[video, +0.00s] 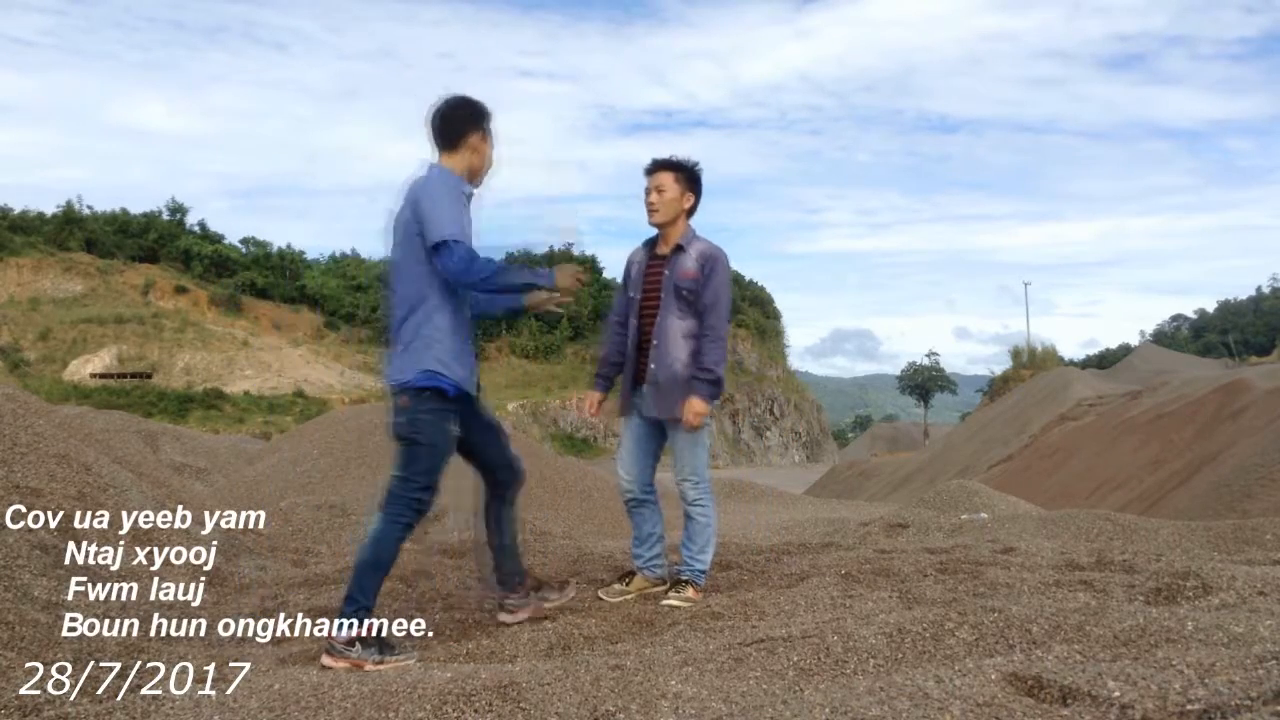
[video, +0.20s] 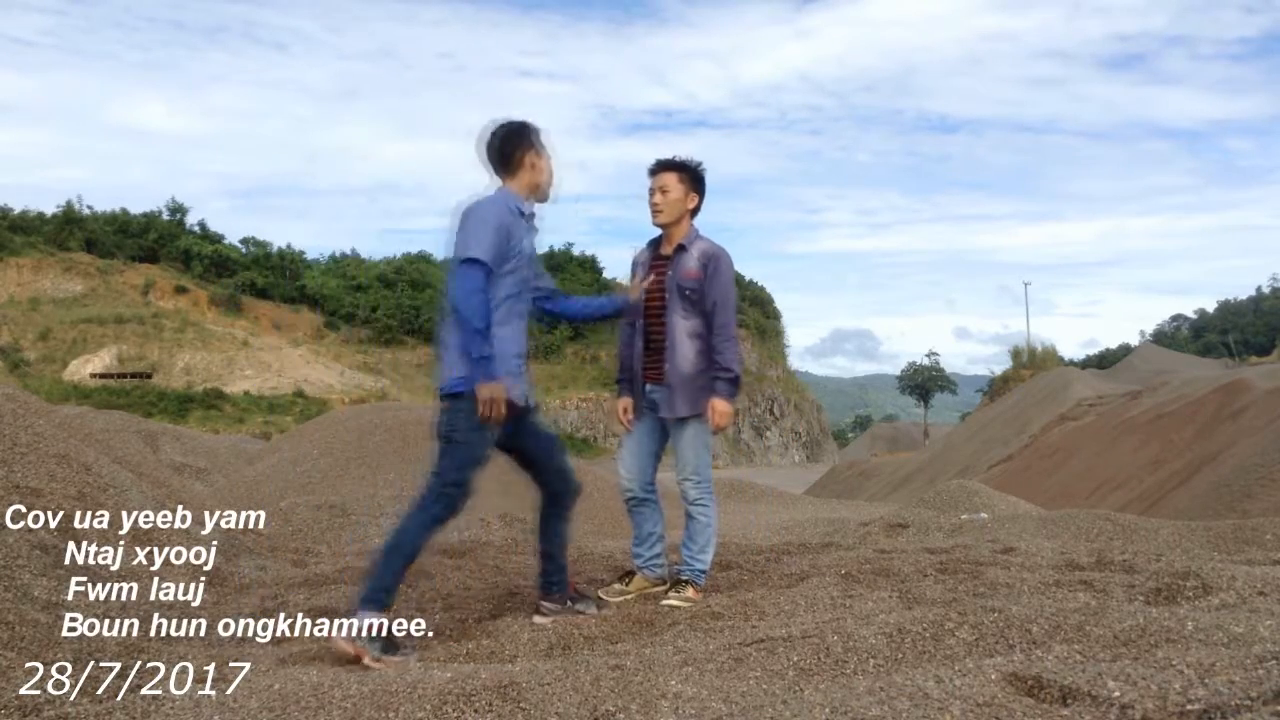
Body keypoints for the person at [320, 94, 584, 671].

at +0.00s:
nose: (491, 156)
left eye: (489, 144)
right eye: (489, 143)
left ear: (448, 141)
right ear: (474, 140)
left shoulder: (434, 197)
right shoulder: (438, 186)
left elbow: (459, 297)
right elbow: (457, 265)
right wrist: (544, 277)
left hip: (446, 380)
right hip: (428, 377)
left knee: (504, 472)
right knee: (406, 503)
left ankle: (514, 592)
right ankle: (349, 631)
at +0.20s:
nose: (552, 167)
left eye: (548, 158)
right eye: (546, 157)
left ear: (519, 165)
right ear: (528, 161)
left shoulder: (521, 227)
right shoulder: (489, 213)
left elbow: (550, 303)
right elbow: (469, 295)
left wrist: (626, 301)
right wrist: (486, 373)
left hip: (507, 394)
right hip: (471, 392)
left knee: (561, 484)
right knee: (442, 498)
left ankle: (555, 594)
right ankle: (366, 617)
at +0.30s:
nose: (582, 169)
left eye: (578, 160)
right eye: (575, 159)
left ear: (552, 167)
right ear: (555, 163)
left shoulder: (553, 234)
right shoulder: (514, 211)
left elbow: (581, 304)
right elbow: (483, 279)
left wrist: (651, 303)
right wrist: (461, 359)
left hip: (533, 392)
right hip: (496, 384)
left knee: (573, 489)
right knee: (475, 492)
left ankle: (557, 595)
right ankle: (399, 606)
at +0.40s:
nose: (606, 168)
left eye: (603, 158)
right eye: (600, 157)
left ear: (576, 165)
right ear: (580, 161)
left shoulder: (575, 239)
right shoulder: (534, 201)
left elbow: (598, 309)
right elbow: (493, 262)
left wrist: (660, 304)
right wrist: (464, 337)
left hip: (548, 383)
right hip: (507, 371)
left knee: (573, 487)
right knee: (507, 485)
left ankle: (556, 595)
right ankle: (445, 602)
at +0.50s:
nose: (614, 163)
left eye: (610, 153)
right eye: (608, 152)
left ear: (585, 159)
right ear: (587, 155)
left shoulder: (585, 233)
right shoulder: (541, 195)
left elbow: (608, 299)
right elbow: (496, 258)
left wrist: (668, 299)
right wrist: (480, 333)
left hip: (555, 376)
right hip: (513, 364)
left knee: (569, 486)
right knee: (520, 482)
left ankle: (556, 593)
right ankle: (468, 599)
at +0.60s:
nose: (606, 156)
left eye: (602, 146)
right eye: (598, 145)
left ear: (575, 153)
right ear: (578, 149)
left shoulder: (585, 225)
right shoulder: (531, 197)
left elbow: (620, 273)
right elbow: (490, 266)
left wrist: (678, 291)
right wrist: (504, 342)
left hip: (559, 375)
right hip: (516, 369)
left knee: (565, 489)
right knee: (518, 484)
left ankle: (556, 593)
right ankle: (464, 601)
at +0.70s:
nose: (590, 152)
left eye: (586, 143)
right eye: (581, 142)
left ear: (563, 152)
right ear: (559, 148)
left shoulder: (581, 218)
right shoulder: (513, 200)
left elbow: (628, 239)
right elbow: (484, 276)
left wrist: (685, 250)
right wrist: (514, 343)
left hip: (559, 376)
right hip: (511, 374)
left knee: (556, 491)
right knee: (511, 489)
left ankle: (556, 593)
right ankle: (461, 609)